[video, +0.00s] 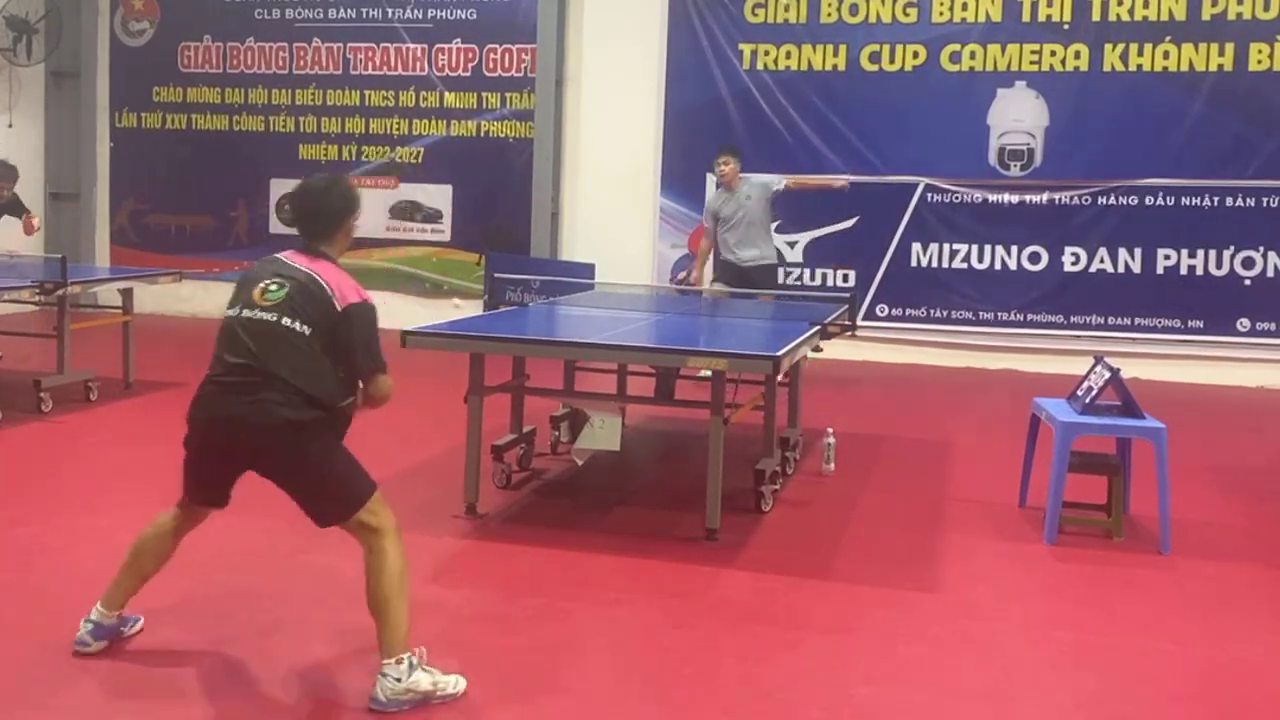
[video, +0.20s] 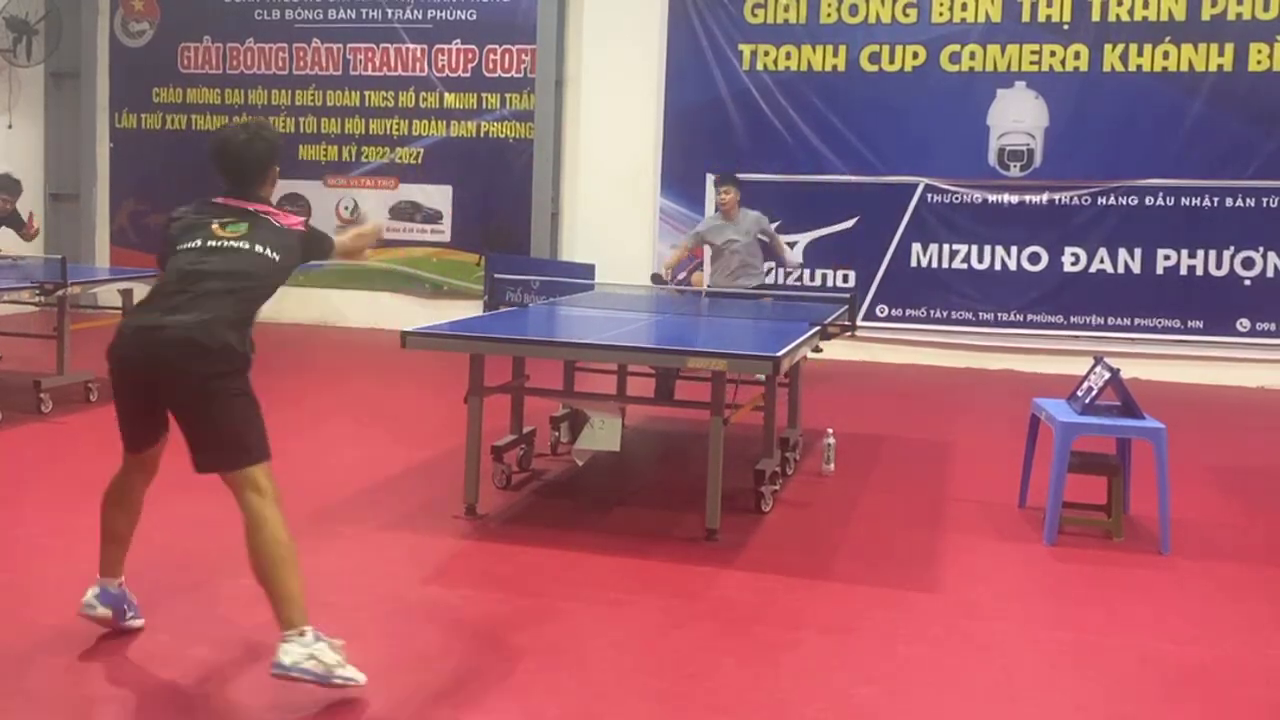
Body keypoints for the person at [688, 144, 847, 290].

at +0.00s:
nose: (721, 169)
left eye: (726, 164)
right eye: (718, 166)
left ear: (738, 166)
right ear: (715, 171)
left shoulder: (761, 185)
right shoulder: (713, 202)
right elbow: (707, 239)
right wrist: (697, 270)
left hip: (762, 264)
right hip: (729, 265)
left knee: (766, 315)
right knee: (711, 306)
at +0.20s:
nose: (722, 198)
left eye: (726, 193)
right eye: (718, 194)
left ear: (738, 195)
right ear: (716, 198)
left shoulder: (755, 219)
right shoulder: (709, 225)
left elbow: (774, 239)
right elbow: (686, 247)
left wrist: (786, 259)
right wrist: (671, 263)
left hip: (754, 289)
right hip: (721, 291)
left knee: (763, 331)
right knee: (718, 337)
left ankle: (760, 373)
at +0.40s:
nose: (749, 214)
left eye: (754, 209)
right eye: (746, 209)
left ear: (764, 212)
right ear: (741, 212)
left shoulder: (776, 235)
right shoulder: (729, 237)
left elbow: (783, 257)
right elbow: (714, 264)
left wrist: (777, 268)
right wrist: (719, 291)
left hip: (769, 295)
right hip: (735, 296)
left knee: (800, 319)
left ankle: (809, 364)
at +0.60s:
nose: (798, 208)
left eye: (803, 203)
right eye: (795, 203)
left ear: (812, 204)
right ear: (789, 204)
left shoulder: (824, 221)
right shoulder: (779, 230)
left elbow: (832, 242)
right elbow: (769, 265)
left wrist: (842, 259)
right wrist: (800, 271)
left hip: (812, 284)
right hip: (780, 287)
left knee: (832, 319)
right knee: (777, 325)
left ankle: (820, 364)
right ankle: (786, 362)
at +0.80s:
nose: (822, 183)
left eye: (826, 178)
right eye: (817, 179)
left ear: (834, 181)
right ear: (811, 184)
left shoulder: (851, 200)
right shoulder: (809, 211)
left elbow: (869, 215)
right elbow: (796, 228)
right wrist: (785, 225)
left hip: (843, 274)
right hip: (813, 274)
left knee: (841, 323)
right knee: (797, 315)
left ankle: (822, 363)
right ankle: (793, 357)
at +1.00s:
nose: (845, 185)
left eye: (850, 180)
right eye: (841, 181)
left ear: (859, 183)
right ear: (835, 185)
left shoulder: (874, 205)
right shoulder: (828, 213)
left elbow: (895, 216)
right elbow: (812, 239)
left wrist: (917, 231)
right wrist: (807, 236)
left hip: (868, 274)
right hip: (834, 275)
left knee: (879, 317)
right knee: (811, 316)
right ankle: (804, 360)